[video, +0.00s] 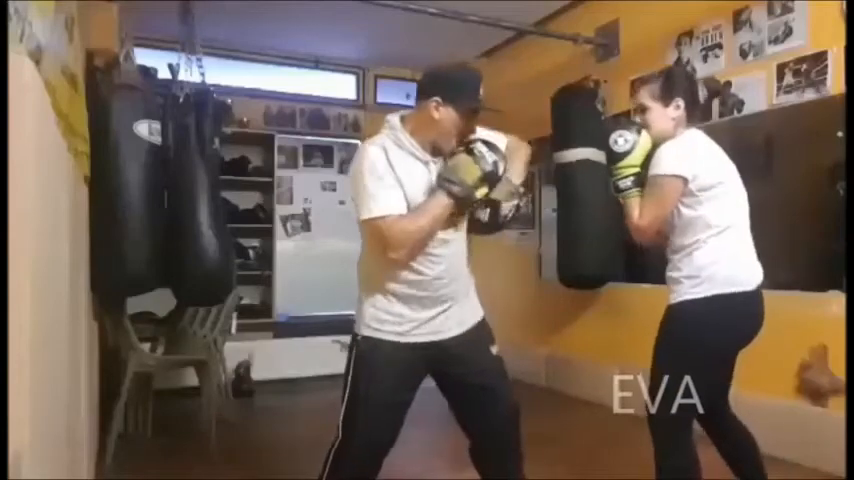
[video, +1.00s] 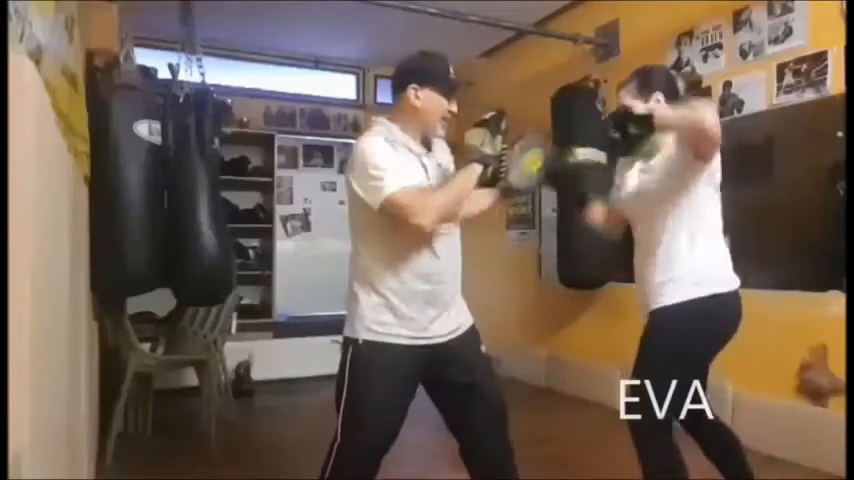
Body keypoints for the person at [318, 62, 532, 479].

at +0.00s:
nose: (472, 129)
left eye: (474, 119)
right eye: (467, 116)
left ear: (439, 110)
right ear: (436, 109)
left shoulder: (459, 146)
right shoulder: (376, 156)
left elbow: (518, 148)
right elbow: (397, 246)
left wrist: (506, 189)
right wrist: (452, 191)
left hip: (459, 321)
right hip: (390, 331)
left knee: (499, 429)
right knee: (360, 452)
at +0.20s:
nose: (484, 123)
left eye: (487, 112)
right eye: (479, 110)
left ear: (451, 104)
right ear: (449, 103)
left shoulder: (468, 139)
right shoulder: (388, 147)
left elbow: (533, 127)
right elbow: (405, 236)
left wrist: (520, 171)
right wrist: (463, 182)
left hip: (468, 321)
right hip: (398, 328)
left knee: (503, 429)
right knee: (359, 450)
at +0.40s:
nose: (501, 130)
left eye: (503, 119)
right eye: (496, 118)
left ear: (469, 112)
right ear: (466, 112)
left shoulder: (485, 145)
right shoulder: (400, 149)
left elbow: (545, 141)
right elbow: (407, 241)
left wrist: (530, 190)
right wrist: (470, 192)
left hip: (470, 322)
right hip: (398, 327)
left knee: (504, 427)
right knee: (364, 443)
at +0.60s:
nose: (472, 127)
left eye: (475, 117)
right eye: (468, 115)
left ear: (442, 110)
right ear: (439, 108)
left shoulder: (461, 150)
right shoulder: (379, 152)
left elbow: (513, 163)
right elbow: (395, 242)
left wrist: (494, 208)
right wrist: (458, 195)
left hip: (458, 321)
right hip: (391, 329)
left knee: (501, 421)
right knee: (364, 448)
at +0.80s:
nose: (453, 114)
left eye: (454, 103)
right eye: (447, 101)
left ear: (418, 100)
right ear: (415, 98)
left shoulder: (432, 150)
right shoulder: (374, 152)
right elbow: (445, 214)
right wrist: (496, 177)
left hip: (448, 323)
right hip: (387, 333)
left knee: (488, 425)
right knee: (362, 451)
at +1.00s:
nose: (453, 108)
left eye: (453, 98)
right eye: (446, 96)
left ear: (417, 97)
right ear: (414, 94)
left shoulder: (438, 149)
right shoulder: (371, 149)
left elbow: (457, 209)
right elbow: (420, 214)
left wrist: (504, 183)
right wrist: (476, 165)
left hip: (449, 327)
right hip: (382, 333)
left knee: (488, 429)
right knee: (359, 450)